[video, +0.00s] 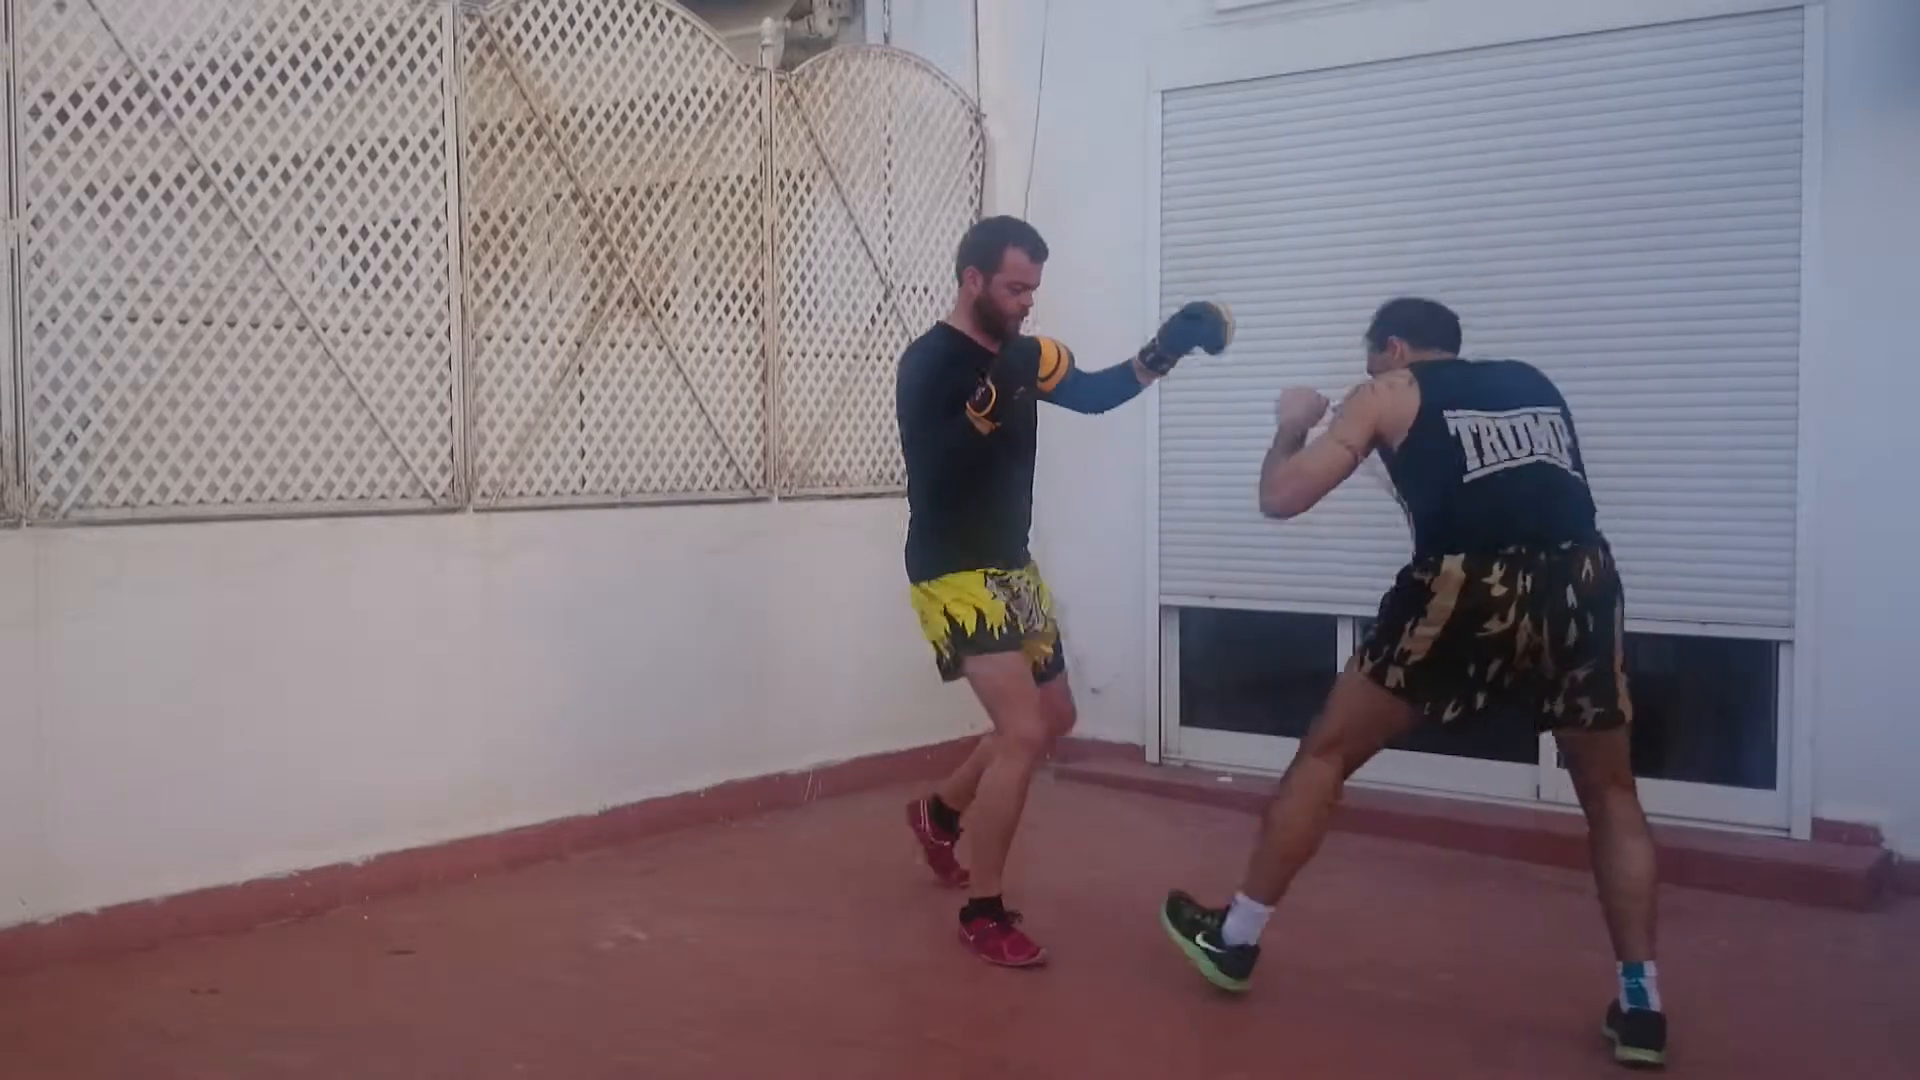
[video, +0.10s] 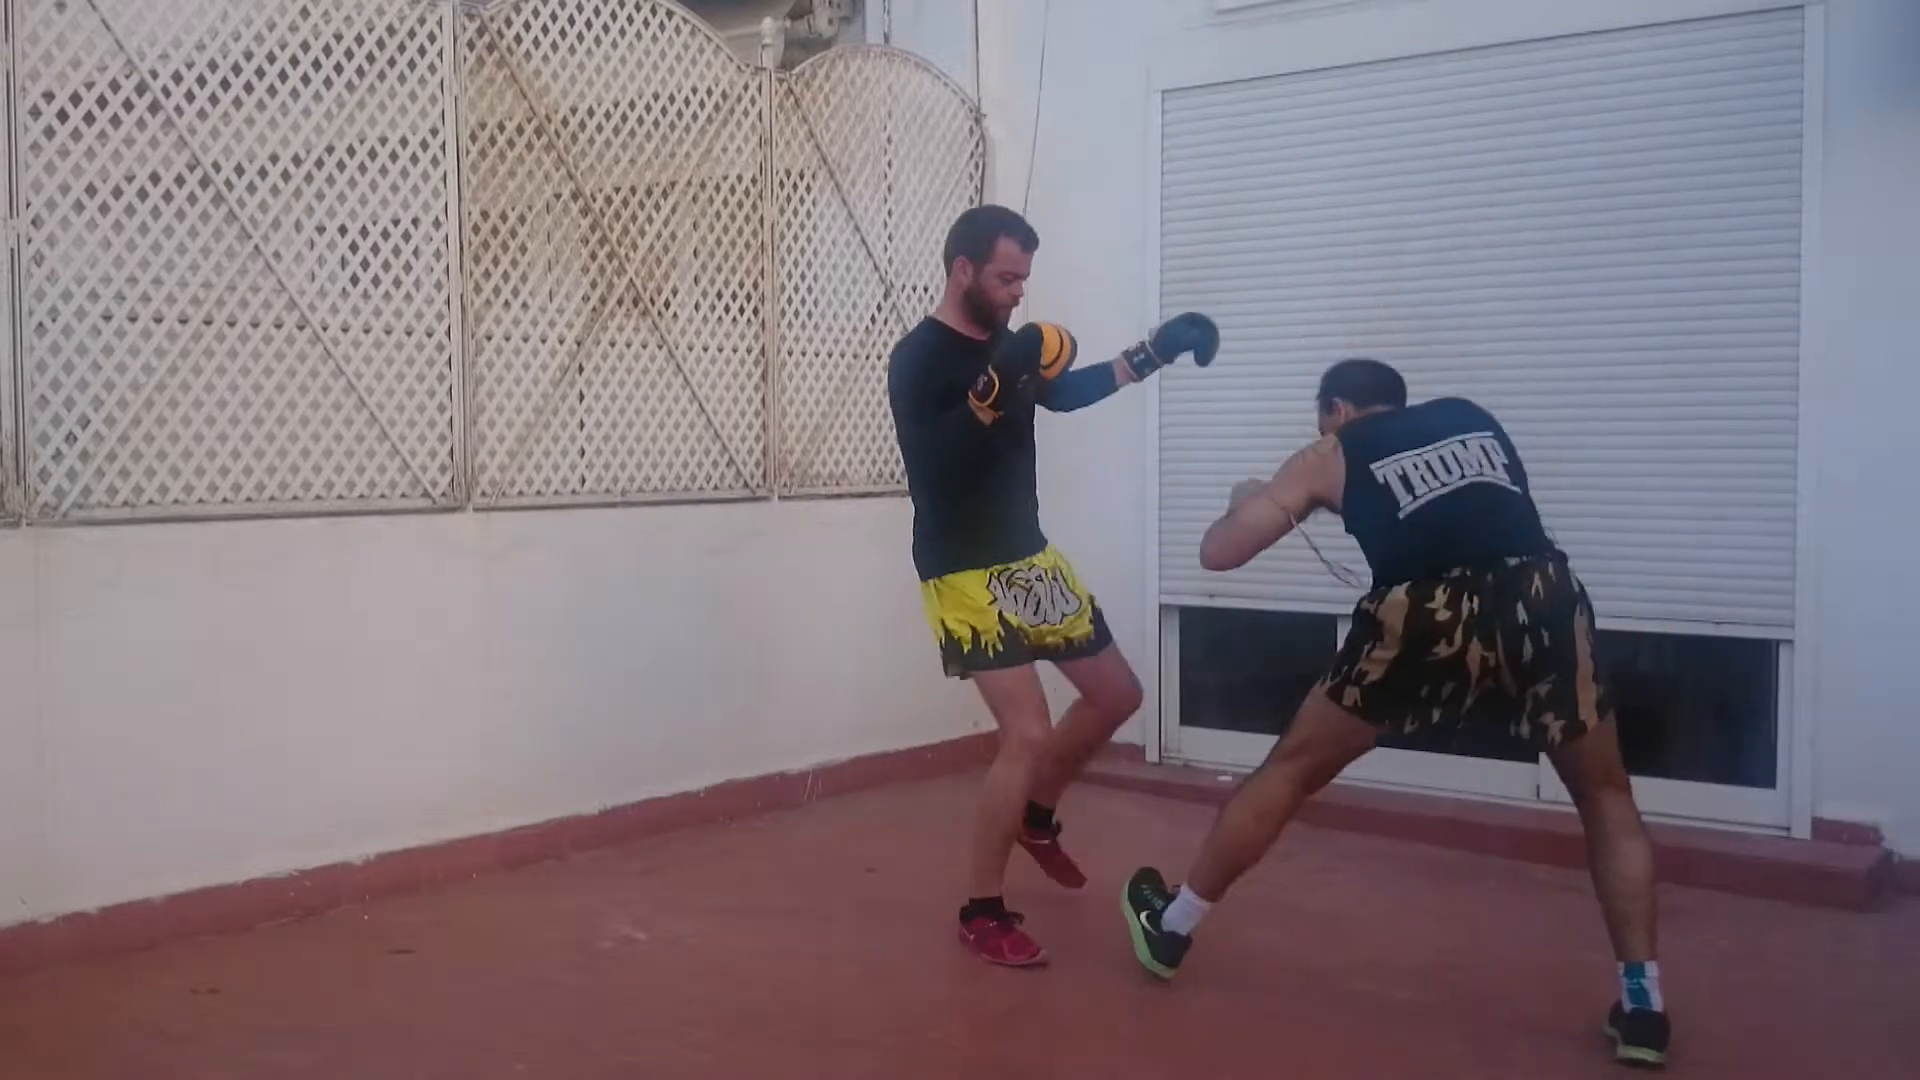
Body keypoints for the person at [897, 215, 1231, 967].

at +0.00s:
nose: (1028, 301)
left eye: (1033, 288)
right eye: (1015, 286)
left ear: (1030, 285)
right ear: (971, 279)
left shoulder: (1020, 354)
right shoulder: (929, 362)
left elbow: (1092, 392)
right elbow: (932, 475)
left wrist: (1161, 352)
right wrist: (993, 401)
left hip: (1012, 563)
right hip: (951, 570)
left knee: (1053, 717)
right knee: (1024, 731)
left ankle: (942, 812)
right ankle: (982, 908)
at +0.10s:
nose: (1018, 292)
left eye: (1023, 279)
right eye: (1006, 277)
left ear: (1017, 276)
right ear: (961, 269)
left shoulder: (1008, 348)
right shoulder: (917, 358)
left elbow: (1066, 392)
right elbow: (934, 465)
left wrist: (1155, 350)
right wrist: (1000, 380)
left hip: (1028, 555)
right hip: (961, 573)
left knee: (1116, 695)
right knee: (1029, 735)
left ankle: (1033, 809)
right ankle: (981, 908)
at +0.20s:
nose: (1014, 281)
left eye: (1020, 268)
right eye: (1003, 266)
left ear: (1016, 267)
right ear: (956, 259)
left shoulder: (1001, 337)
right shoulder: (914, 352)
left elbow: (1048, 397)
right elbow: (941, 453)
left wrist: (1127, 365)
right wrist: (1012, 363)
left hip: (1046, 544)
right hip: (973, 568)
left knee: (1155, 670)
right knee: (1015, 738)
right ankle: (979, 910)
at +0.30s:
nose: (1012, 279)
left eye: (1018, 267)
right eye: (1002, 264)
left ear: (1011, 265)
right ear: (955, 254)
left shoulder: (997, 339)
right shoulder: (916, 346)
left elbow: (1040, 398)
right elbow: (947, 436)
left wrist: (1118, 371)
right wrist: (1007, 344)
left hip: (1056, 546)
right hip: (984, 565)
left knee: (1141, 696)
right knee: (1015, 740)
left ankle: (1254, 835)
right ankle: (976, 909)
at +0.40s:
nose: (1016, 277)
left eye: (1020, 265)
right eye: (1005, 263)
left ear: (1007, 265)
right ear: (958, 258)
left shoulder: (1007, 341)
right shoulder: (919, 349)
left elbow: (1056, 401)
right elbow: (950, 422)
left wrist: (1135, 359)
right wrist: (1003, 337)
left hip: (1065, 553)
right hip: (991, 570)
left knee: (1151, 711)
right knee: (1022, 745)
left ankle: (1231, 868)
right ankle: (979, 909)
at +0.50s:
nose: (1026, 282)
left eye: (1030, 269)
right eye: (1015, 269)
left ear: (1018, 268)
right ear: (966, 265)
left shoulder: (1014, 338)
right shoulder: (927, 352)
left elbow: (1075, 410)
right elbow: (949, 432)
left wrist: (1146, 347)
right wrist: (1003, 343)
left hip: (1079, 554)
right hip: (1004, 572)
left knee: (1154, 717)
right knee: (1031, 753)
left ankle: (1203, 890)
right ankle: (982, 911)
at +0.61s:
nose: (1033, 272)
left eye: (1035, 260)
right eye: (1022, 258)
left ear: (1020, 270)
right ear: (973, 263)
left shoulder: (1028, 342)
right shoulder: (935, 354)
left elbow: (1092, 425)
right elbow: (978, 417)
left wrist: (1134, 353)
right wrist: (1014, 323)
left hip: (1088, 554)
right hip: (1012, 571)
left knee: (1163, 715)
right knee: (1033, 753)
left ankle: (1208, 890)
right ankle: (985, 909)